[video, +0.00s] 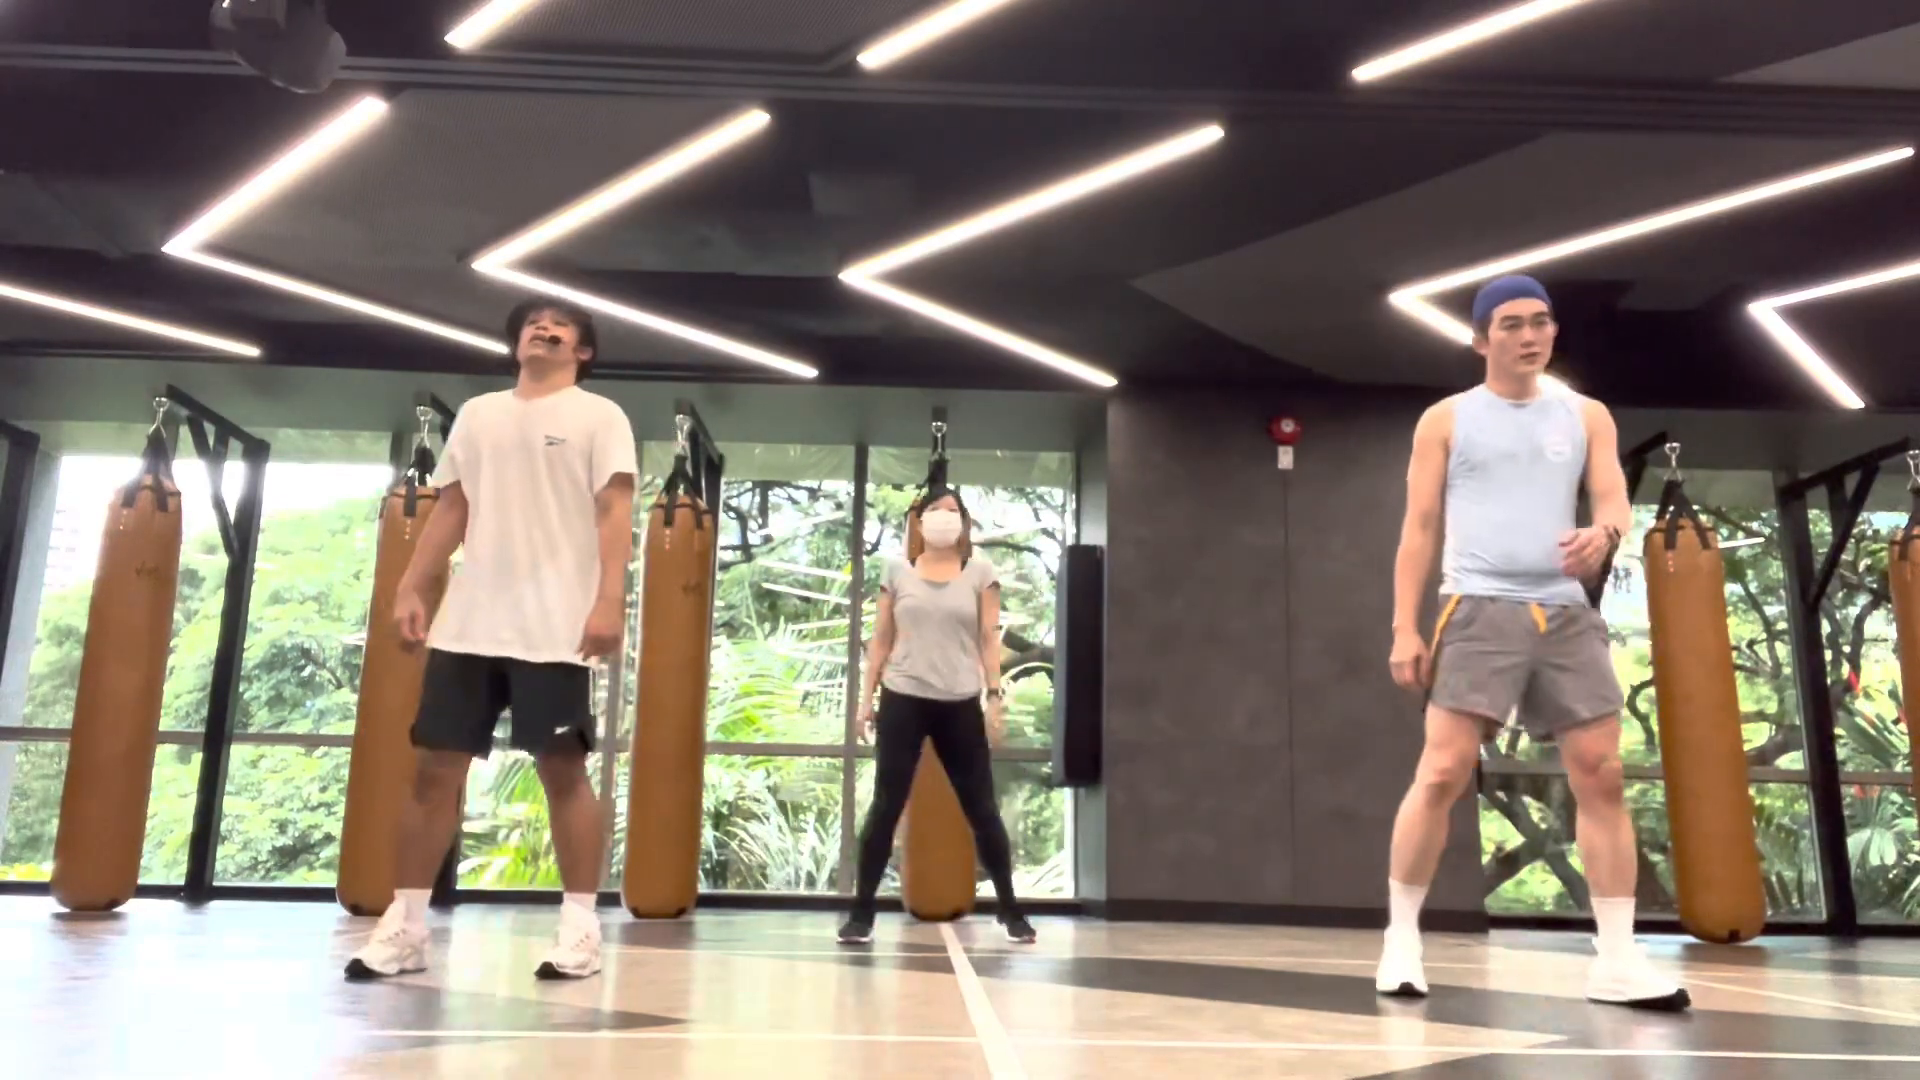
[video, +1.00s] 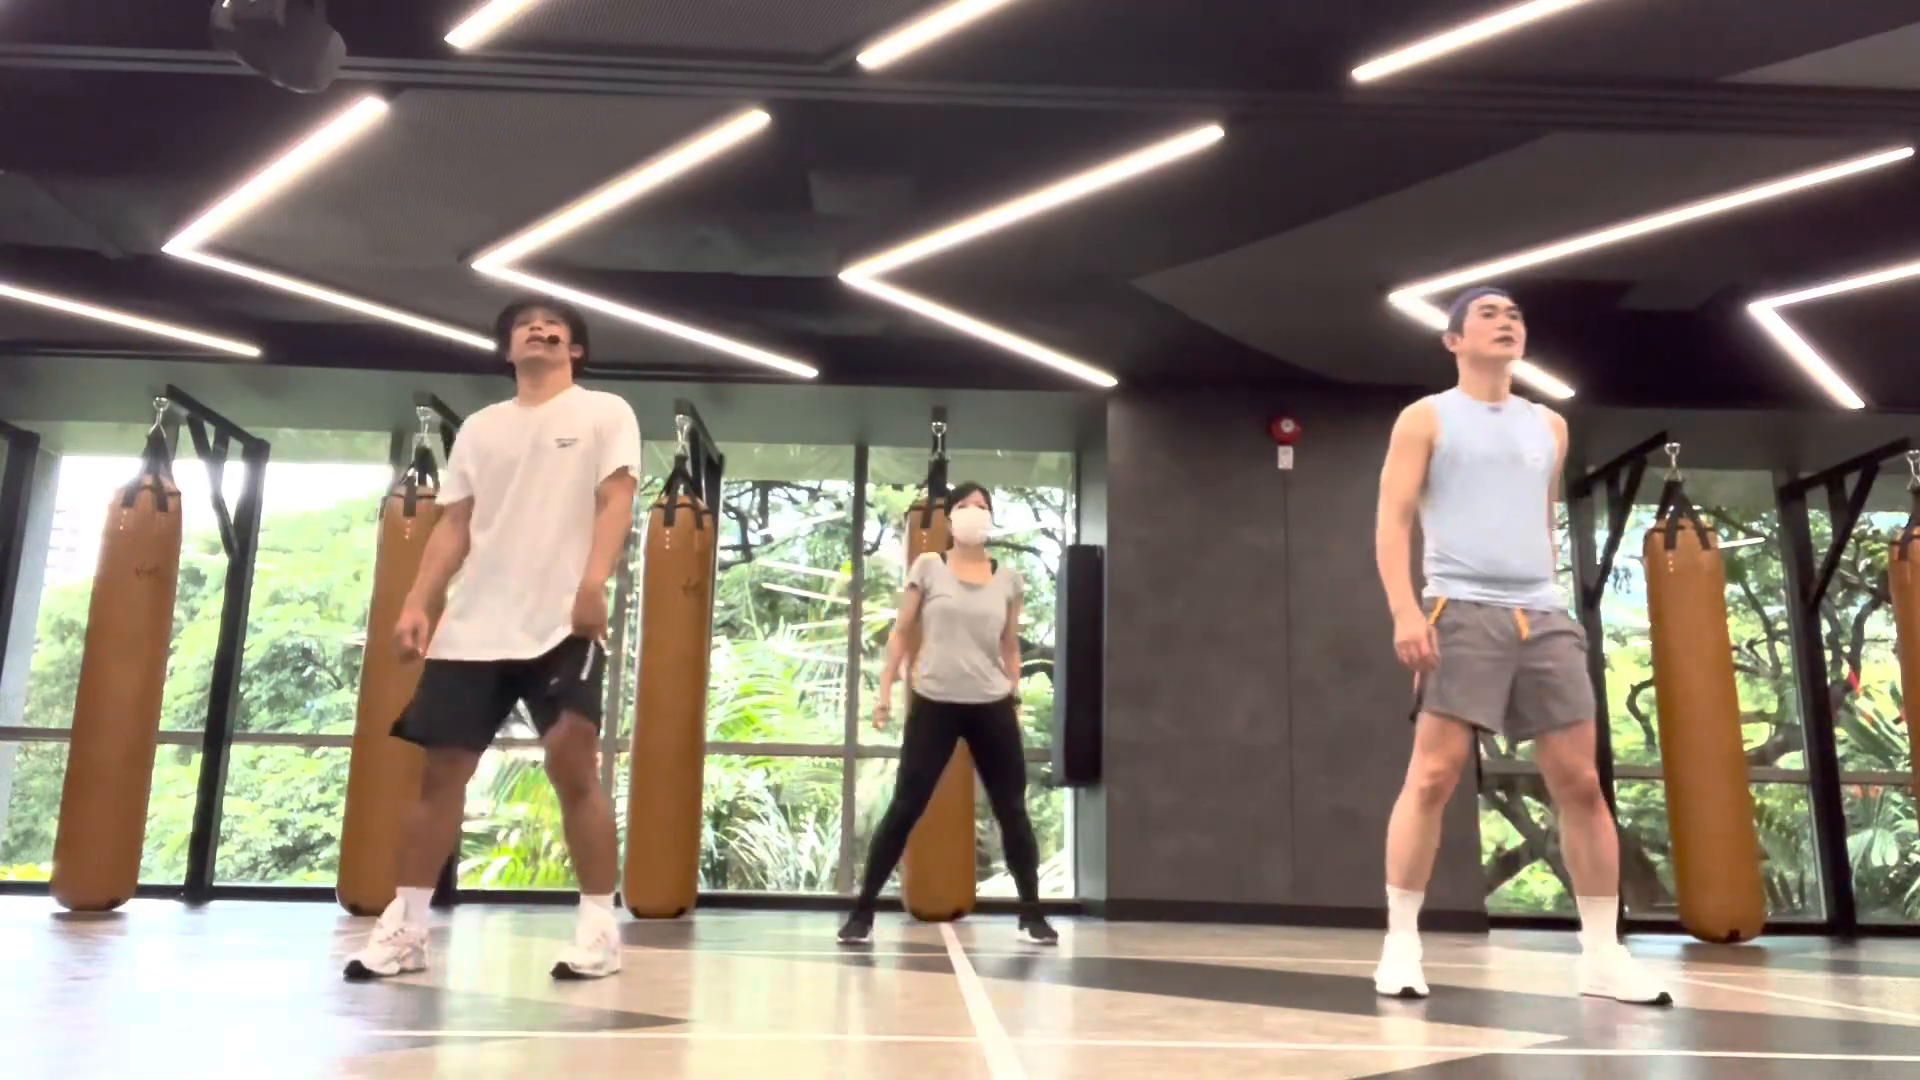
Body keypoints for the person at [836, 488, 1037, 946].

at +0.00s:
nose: (945, 517)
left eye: (954, 511)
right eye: (936, 511)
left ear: (966, 526)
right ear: (918, 524)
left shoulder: (980, 572)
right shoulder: (899, 572)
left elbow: (990, 639)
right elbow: (881, 641)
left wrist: (994, 695)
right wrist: (867, 697)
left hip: (960, 704)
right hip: (902, 701)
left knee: (984, 810)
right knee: (886, 807)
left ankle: (1008, 906)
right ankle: (862, 912)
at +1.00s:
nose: (973, 514)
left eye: (981, 508)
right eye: (964, 507)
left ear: (991, 523)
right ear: (949, 521)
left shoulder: (1008, 580)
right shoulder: (928, 567)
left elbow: (1010, 642)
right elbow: (901, 632)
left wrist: (1012, 692)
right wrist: (884, 691)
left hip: (993, 705)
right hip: (933, 704)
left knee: (1013, 810)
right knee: (905, 808)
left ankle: (1031, 910)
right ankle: (863, 909)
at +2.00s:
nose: (924, 523)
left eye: (934, 518)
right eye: (915, 515)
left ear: (945, 531)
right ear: (900, 526)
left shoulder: (954, 580)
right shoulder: (872, 574)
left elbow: (965, 648)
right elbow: (852, 640)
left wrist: (978, 702)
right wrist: (832, 693)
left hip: (932, 701)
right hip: (873, 702)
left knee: (963, 797)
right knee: (869, 807)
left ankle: (1002, 895)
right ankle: (859, 907)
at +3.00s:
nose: (1007, 518)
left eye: (1013, 512)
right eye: (997, 512)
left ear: (1023, 526)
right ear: (980, 526)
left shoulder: (1040, 578)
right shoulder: (960, 570)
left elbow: (1055, 642)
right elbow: (941, 636)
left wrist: (1071, 699)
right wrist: (930, 695)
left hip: (1024, 705)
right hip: (967, 703)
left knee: (1034, 811)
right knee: (941, 802)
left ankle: (1040, 911)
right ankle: (911, 892)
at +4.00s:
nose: (917, 514)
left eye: (926, 509)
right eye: (909, 507)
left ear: (938, 523)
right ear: (894, 519)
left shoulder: (946, 576)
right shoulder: (867, 562)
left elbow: (948, 640)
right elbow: (833, 623)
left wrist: (944, 689)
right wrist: (810, 677)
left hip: (926, 695)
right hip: (869, 695)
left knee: (926, 792)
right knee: (861, 807)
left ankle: (938, 894)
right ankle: (851, 911)